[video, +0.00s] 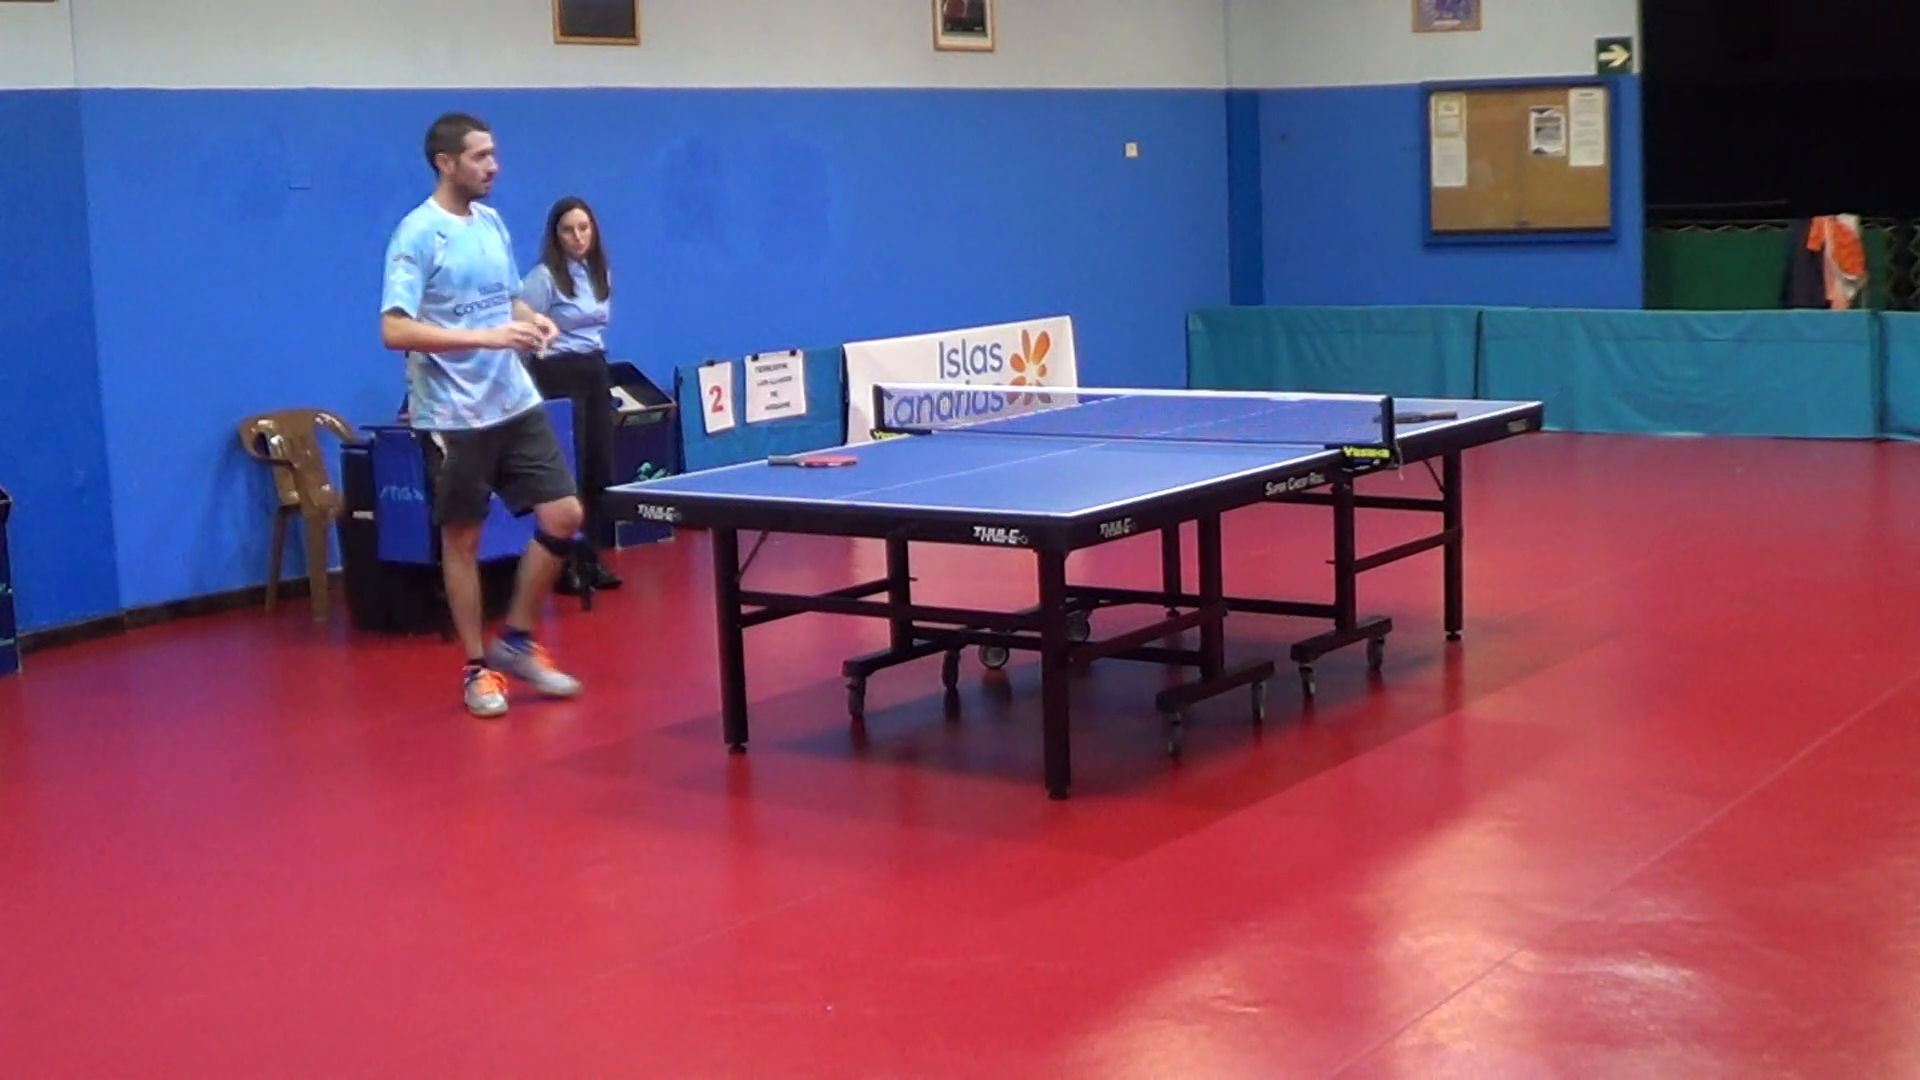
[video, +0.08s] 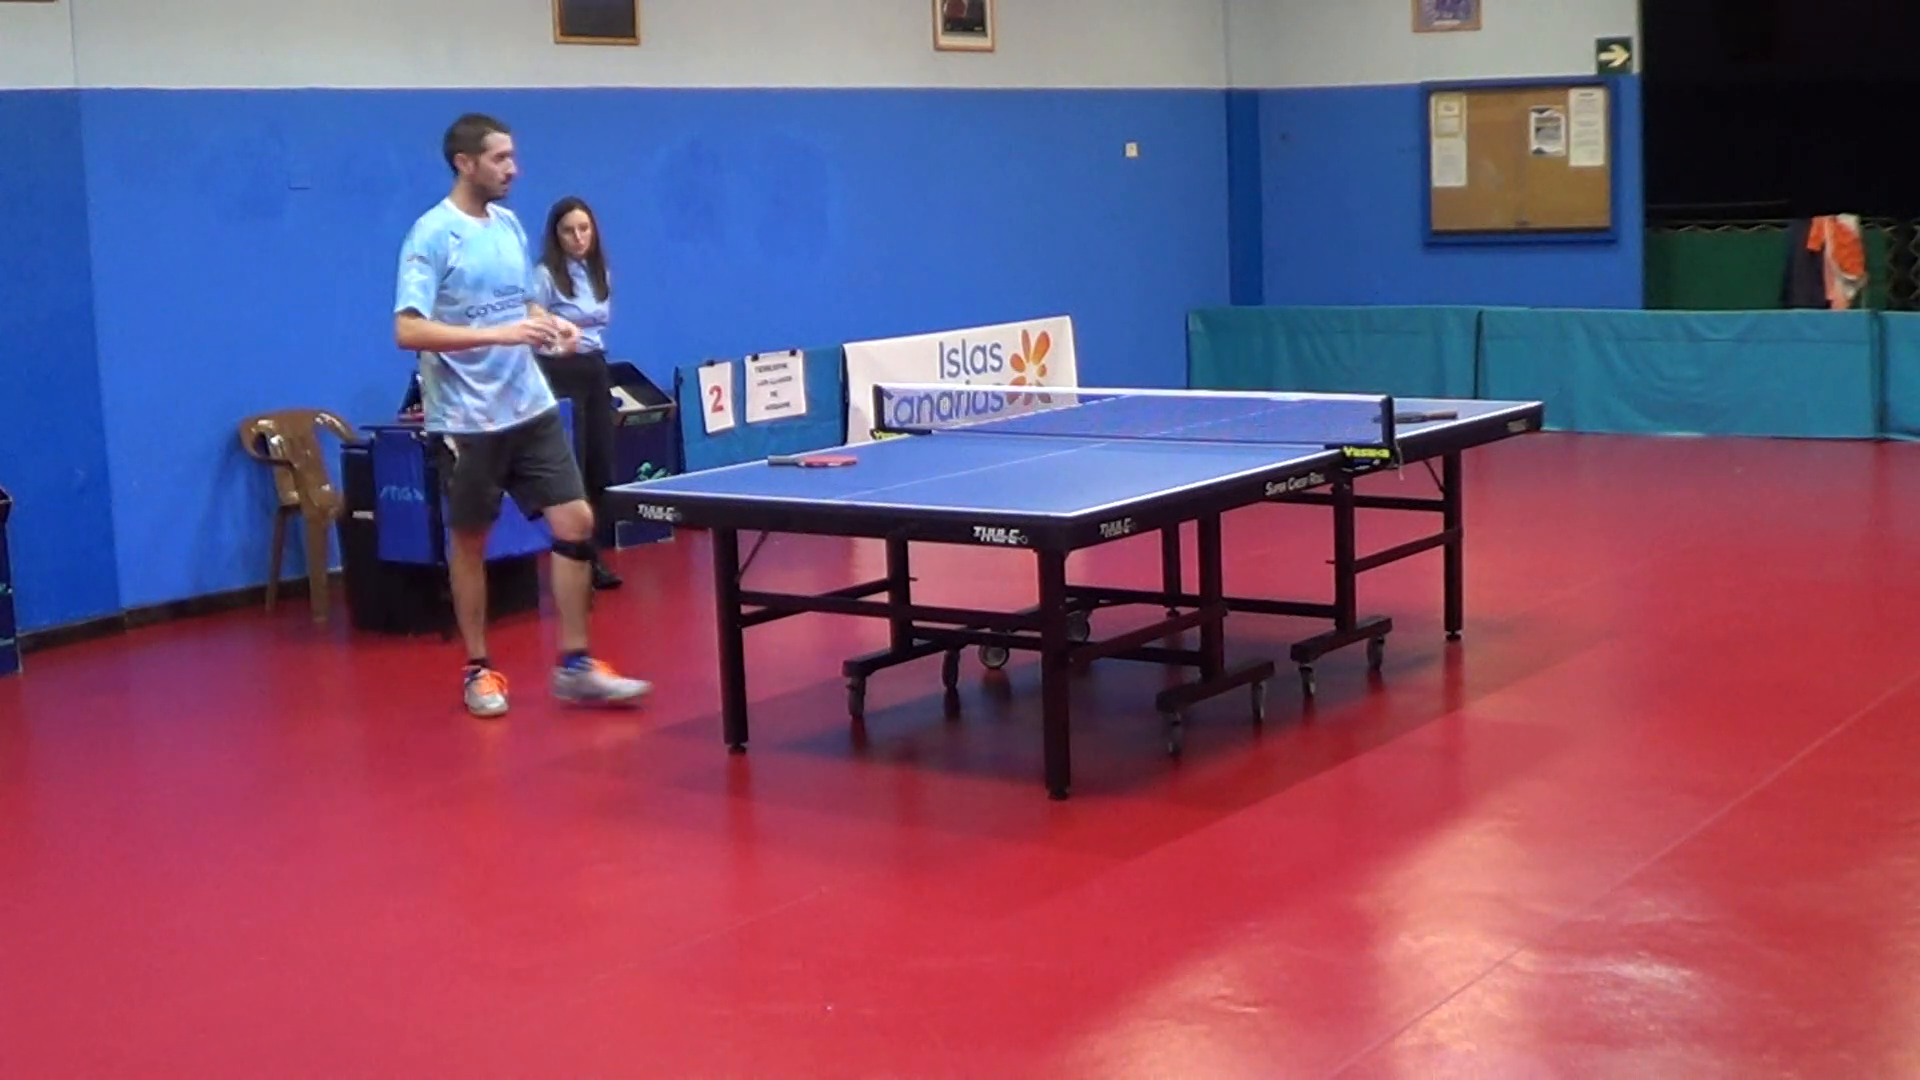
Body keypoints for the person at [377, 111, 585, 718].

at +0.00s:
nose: (492, 165)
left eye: (493, 155)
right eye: (481, 156)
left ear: (483, 161)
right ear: (444, 163)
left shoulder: (491, 221)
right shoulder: (415, 234)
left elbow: (504, 298)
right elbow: (395, 330)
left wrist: (527, 319)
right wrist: (488, 338)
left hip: (514, 403)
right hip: (454, 417)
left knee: (563, 516)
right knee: (462, 538)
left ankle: (517, 641)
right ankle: (476, 668)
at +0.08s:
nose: (511, 167)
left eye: (512, 156)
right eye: (500, 157)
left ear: (496, 162)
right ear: (464, 163)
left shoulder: (509, 224)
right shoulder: (430, 235)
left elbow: (520, 309)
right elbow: (408, 330)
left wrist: (550, 328)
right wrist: (500, 334)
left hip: (530, 407)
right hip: (466, 421)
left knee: (575, 522)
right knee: (469, 541)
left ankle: (575, 664)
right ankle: (479, 669)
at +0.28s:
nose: (569, 181)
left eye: (570, 170)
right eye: (558, 171)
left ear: (557, 173)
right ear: (520, 172)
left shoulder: (570, 237)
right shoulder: (479, 243)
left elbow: (585, 322)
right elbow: (441, 338)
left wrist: (623, 349)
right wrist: (526, 354)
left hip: (579, 424)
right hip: (507, 433)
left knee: (613, 542)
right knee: (497, 548)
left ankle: (659, 678)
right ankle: (485, 669)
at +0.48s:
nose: (637, 182)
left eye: (640, 171)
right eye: (627, 170)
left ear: (617, 171)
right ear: (589, 167)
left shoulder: (637, 237)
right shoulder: (532, 235)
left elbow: (660, 329)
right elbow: (479, 322)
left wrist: (706, 394)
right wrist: (534, 366)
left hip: (639, 422)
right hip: (562, 430)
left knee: (665, 543)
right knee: (545, 557)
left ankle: (672, 691)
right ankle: (502, 652)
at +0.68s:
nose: (686, 185)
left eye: (690, 174)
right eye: (679, 172)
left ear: (673, 169)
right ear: (641, 161)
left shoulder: (682, 232)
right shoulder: (572, 218)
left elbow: (705, 327)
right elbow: (504, 289)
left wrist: (747, 410)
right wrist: (546, 340)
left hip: (665, 417)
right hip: (589, 415)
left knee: (668, 548)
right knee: (582, 551)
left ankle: (673, 690)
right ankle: (582, 656)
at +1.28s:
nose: (681, 185)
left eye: (686, 173)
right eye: (676, 171)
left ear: (661, 167)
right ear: (639, 159)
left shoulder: (668, 232)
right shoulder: (569, 216)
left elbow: (677, 325)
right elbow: (496, 293)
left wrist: (725, 361)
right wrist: (564, 327)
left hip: (659, 417)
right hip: (587, 416)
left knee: (660, 550)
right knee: (571, 552)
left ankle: (672, 692)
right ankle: (533, 685)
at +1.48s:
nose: (627, 183)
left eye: (631, 172)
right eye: (620, 170)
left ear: (599, 168)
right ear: (582, 163)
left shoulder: (611, 229)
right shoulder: (521, 226)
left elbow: (603, 328)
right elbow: (487, 316)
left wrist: (659, 324)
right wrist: (582, 304)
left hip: (623, 419)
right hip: (553, 427)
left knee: (640, 553)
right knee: (539, 558)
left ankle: (670, 693)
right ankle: (529, 692)